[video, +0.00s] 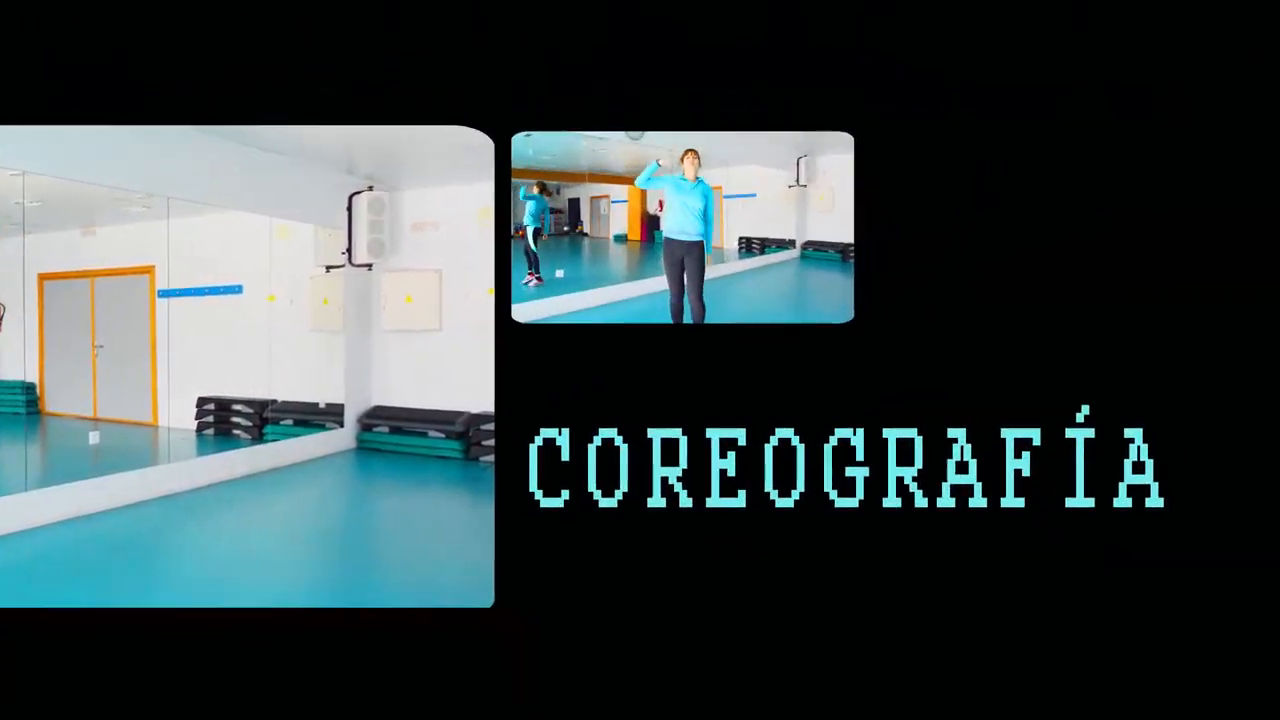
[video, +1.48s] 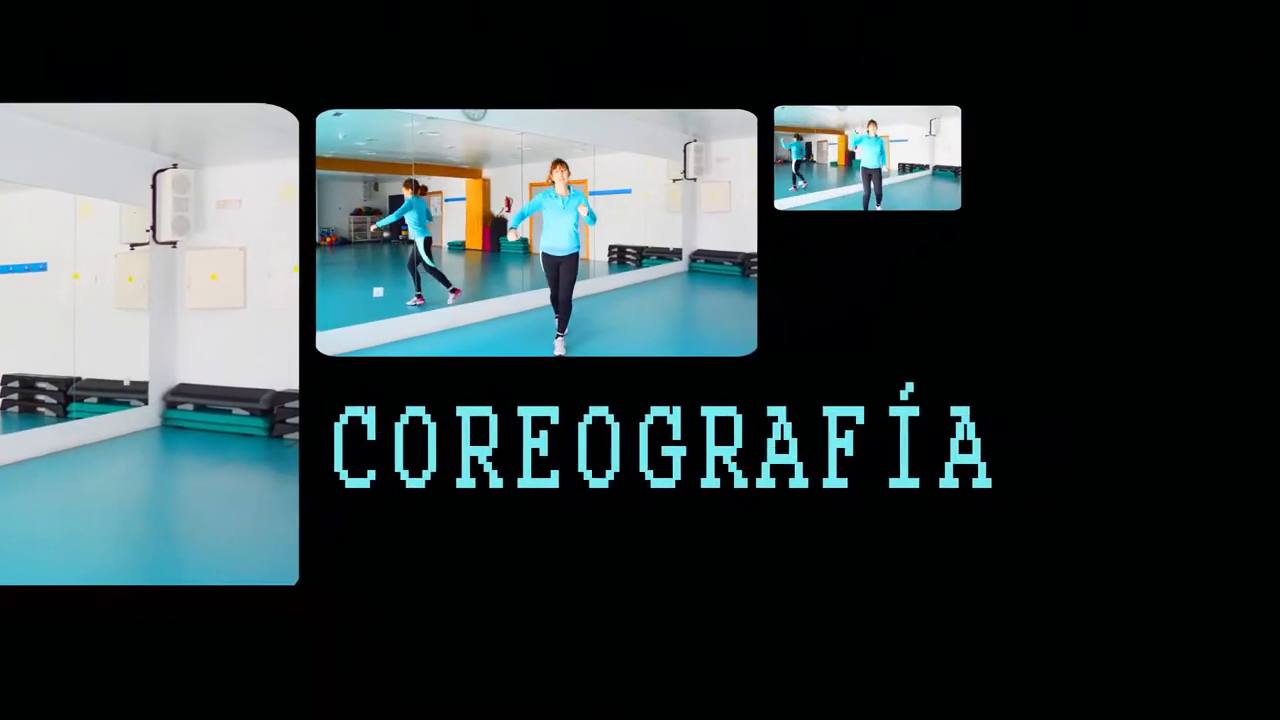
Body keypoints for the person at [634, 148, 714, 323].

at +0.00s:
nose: (692, 159)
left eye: (695, 157)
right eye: (688, 157)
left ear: (699, 163)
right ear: (682, 163)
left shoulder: (705, 189)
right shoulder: (670, 181)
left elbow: (709, 220)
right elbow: (639, 183)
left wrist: (708, 248)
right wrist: (655, 164)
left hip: (695, 244)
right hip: (671, 242)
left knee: (695, 294)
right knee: (676, 293)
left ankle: (698, 322)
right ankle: (677, 322)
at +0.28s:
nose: (618, 168)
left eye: (622, 165)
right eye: (613, 165)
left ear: (628, 174)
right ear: (606, 174)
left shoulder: (638, 202)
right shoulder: (595, 202)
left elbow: (647, 231)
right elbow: (585, 227)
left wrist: (651, 253)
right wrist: (580, 240)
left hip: (627, 275)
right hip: (597, 275)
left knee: (624, 336)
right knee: (595, 335)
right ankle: (603, 355)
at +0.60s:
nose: (579, 177)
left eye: (583, 173)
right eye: (574, 174)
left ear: (589, 179)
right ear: (567, 179)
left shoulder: (601, 209)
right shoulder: (556, 211)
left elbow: (629, 231)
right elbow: (547, 248)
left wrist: (611, 206)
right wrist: (539, 280)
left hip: (597, 286)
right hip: (566, 287)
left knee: (593, 349)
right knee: (571, 349)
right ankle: (564, 364)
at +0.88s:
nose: (578, 167)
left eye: (582, 163)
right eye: (574, 164)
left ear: (588, 168)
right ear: (567, 169)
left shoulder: (595, 198)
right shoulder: (557, 192)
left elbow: (602, 227)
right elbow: (531, 211)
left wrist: (604, 251)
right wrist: (538, 183)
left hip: (588, 266)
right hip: (560, 266)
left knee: (592, 324)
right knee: (564, 324)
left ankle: (592, 359)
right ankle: (561, 364)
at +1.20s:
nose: (572, 174)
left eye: (575, 171)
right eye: (568, 171)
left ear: (581, 174)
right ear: (562, 175)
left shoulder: (592, 199)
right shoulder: (553, 199)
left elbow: (602, 224)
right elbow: (524, 218)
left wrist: (604, 248)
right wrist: (545, 215)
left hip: (583, 261)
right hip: (558, 260)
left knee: (579, 305)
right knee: (556, 307)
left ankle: (577, 343)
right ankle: (551, 353)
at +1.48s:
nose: (560, 173)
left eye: (563, 170)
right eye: (556, 171)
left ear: (568, 174)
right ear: (551, 175)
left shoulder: (577, 197)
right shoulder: (544, 197)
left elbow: (592, 221)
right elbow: (523, 212)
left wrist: (586, 214)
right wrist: (512, 227)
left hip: (570, 253)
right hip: (549, 253)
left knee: (565, 296)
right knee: (554, 293)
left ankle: (560, 336)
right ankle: (559, 318)